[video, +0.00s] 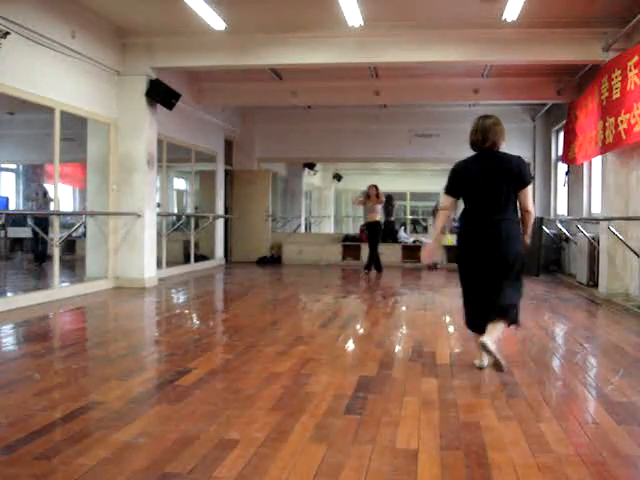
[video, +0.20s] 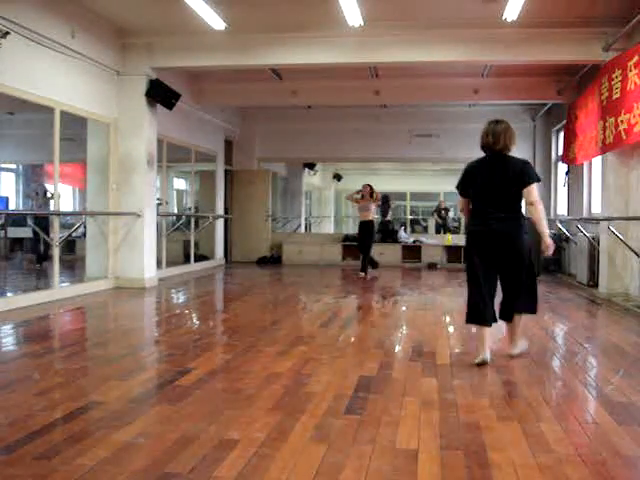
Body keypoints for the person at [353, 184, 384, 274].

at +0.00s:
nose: (371, 191)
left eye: (373, 189)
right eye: (370, 189)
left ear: (376, 191)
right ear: (368, 191)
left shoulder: (377, 200)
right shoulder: (366, 200)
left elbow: (382, 201)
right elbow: (355, 202)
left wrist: (380, 194)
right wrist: (362, 196)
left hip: (376, 222)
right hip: (368, 222)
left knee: (373, 247)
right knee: (372, 247)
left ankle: (367, 268)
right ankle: (379, 268)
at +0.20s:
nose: (364, 189)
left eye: (366, 187)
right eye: (363, 188)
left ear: (370, 190)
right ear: (362, 190)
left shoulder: (372, 201)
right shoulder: (359, 201)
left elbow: (378, 200)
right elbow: (348, 198)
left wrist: (376, 193)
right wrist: (356, 193)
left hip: (370, 221)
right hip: (362, 222)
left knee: (366, 247)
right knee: (361, 247)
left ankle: (363, 270)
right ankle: (374, 263)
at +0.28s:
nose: (361, 189)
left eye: (363, 187)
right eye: (360, 187)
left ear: (366, 190)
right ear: (358, 189)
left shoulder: (368, 200)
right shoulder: (356, 200)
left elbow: (374, 198)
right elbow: (344, 197)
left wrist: (373, 192)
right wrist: (353, 192)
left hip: (366, 221)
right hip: (358, 221)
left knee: (365, 247)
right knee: (355, 248)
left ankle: (363, 271)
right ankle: (364, 264)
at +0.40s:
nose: (355, 190)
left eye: (357, 188)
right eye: (354, 188)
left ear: (361, 190)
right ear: (353, 190)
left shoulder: (362, 200)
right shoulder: (350, 200)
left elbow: (365, 200)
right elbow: (338, 197)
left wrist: (364, 195)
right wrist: (348, 193)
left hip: (360, 222)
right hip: (352, 222)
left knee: (362, 247)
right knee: (345, 244)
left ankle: (363, 270)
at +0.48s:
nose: (352, 190)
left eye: (354, 188)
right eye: (351, 188)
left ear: (358, 190)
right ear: (349, 190)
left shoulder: (360, 200)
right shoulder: (346, 198)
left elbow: (357, 204)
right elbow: (335, 196)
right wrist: (344, 194)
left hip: (357, 222)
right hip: (348, 222)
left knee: (360, 248)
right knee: (344, 248)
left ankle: (362, 270)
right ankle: (337, 270)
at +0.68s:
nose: (344, 190)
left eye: (346, 188)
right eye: (342, 188)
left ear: (349, 190)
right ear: (341, 190)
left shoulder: (351, 201)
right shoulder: (337, 200)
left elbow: (357, 192)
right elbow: (327, 193)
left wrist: (352, 192)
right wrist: (337, 191)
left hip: (346, 222)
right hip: (337, 222)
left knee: (351, 247)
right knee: (335, 248)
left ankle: (360, 269)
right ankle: (332, 271)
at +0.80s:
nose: (337, 188)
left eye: (339, 186)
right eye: (336, 186)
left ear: (343, 190)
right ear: (335, 188)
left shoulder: (343, 201)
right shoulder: (330, 199)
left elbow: (351, 194)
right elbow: (317, 193)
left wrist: (349, 190)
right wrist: (328, 187)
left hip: (339, 221)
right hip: (332, 221)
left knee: (339, 248)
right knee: (332, 249)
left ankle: (347, 266)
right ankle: (333, 272)